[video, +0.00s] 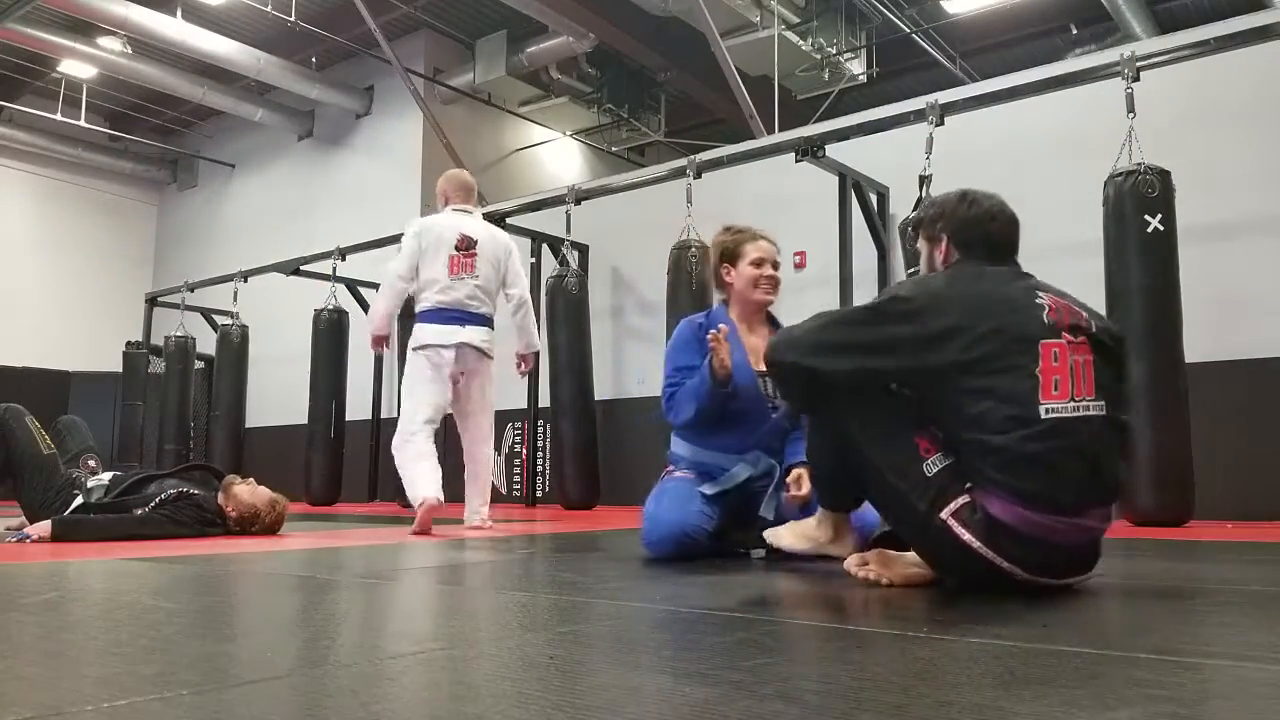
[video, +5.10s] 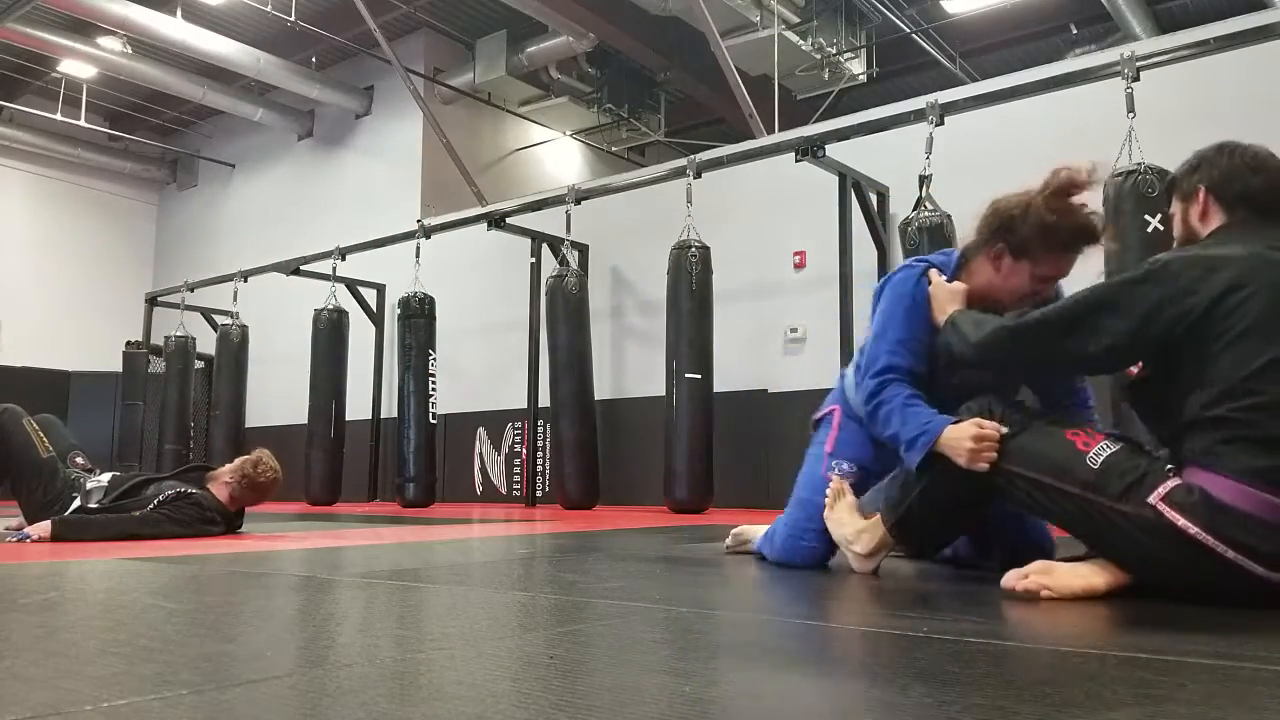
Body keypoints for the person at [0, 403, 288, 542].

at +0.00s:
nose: (247, 476)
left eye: (249, 488)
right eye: (255, 483)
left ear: (233, 511)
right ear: (236, 505)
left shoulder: (197, 513)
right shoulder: (215, 490)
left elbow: (129, 524)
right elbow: (154, 485)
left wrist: (56, 526)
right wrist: (113, 480)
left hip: (68, 499)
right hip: (101, 484)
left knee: (11, 414)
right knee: (68, 421)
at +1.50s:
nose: (248, 477)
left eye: (250, 488)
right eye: (257, 483)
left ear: (234, 510)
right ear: (235, 504)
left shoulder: (199, 513)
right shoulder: (218, 490)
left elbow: (130, 524)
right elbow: (158, 483)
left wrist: (55, 526)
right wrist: (115, 478)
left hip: (70, 500)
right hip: (103, 485)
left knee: (11, 414)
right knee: (69, 421)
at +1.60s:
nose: (248, 477)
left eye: (250, 488)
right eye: (256, 483)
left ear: (234, 510)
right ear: (236, 504)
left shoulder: (198, 513)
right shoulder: (218, 490)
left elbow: (130, 525)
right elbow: (157, 483)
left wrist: (56, 526)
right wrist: (114, 479)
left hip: (69, 501)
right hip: (102, 486)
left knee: (11, 414)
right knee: (69, 421)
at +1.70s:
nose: (247, 479)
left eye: (250, 489)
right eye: (255, 484)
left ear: (234, 510)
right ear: (236, 505)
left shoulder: (199, 513)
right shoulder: (216, 490)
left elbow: (130, 525)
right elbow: (155, 483)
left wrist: (56, 526)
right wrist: (114, 479)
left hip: (69, 501)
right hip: (101, 486)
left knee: (11, 414)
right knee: (70, 421)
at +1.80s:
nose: (251, 478)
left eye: (252, 489)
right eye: (259, 485)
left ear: (233, 509)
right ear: (237, 502)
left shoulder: (198, 513)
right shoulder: (217, 484)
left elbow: (130, 525)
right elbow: (158, 482)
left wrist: (56, 526)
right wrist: (116, 480)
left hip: (68, 499)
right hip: (101, 484)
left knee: (11, 414)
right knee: (70, 422)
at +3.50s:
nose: (210, 469)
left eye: (219, 476)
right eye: (218, 466)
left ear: (232, 501)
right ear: (222, 466)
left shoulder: (197, 512)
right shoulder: (209, 484)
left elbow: (128, 524)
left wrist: (56, 527)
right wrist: (110, 480)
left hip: (67, 502)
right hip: (100, 485)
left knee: (11, 416)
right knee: (73, 422)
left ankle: (14, 501)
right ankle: (31, 503)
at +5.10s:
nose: (225, 463)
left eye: (231, 464)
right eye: (232, 461)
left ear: (230, 475)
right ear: (250, 497)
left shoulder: (199, 513)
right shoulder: (215, 496)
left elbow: (130, 524)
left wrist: (56, 526)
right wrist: (107, 477)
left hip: (68, 501)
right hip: (95, 485)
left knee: (9, 416)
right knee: (46, 420)